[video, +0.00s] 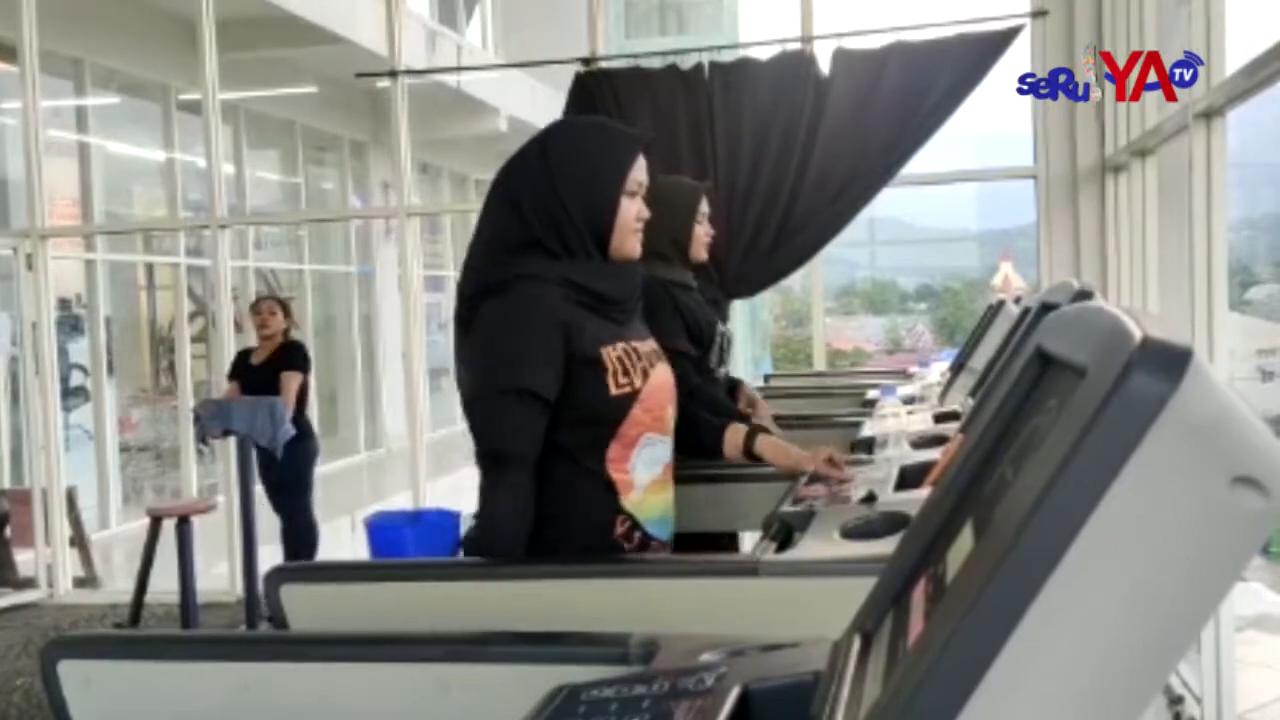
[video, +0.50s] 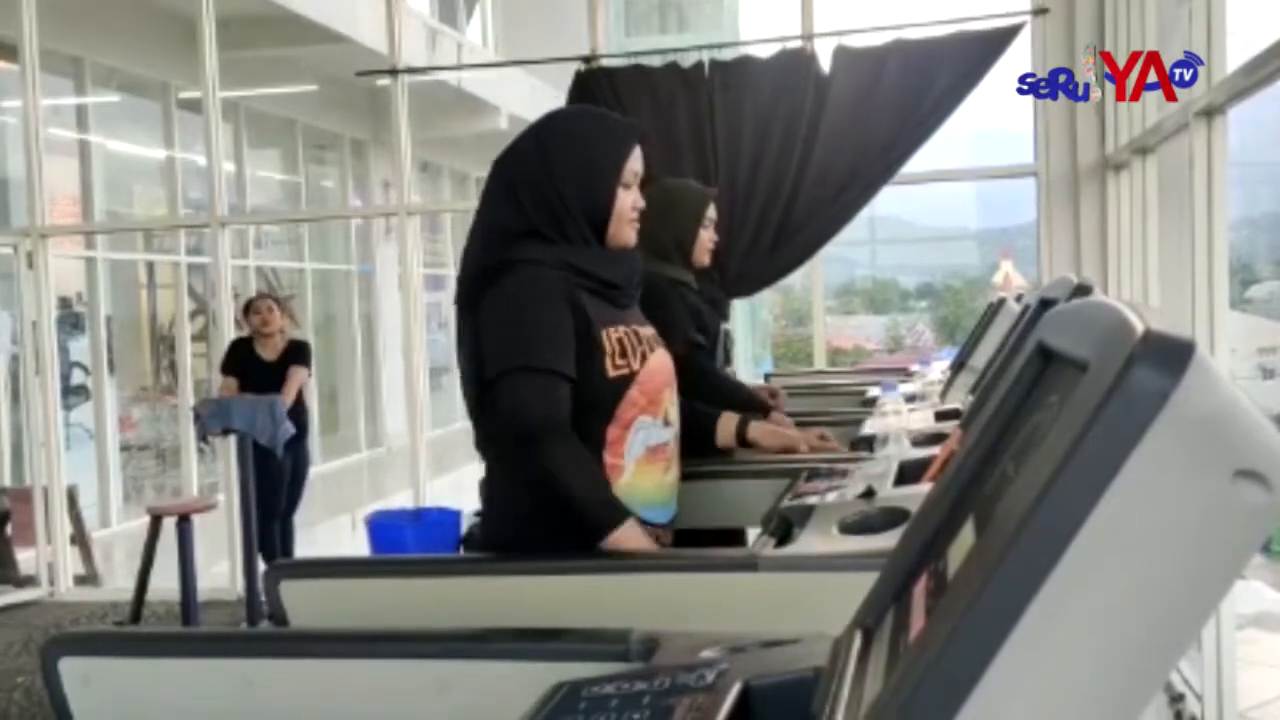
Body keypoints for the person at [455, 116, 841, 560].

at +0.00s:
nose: (645, 211)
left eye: (643, 195)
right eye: (632, 194)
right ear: (583, 195)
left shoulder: (610, 297)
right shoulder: (526, 307)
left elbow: (668, 411)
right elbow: (507, 473)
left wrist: (784, 455)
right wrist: (486, 600)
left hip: (633, 558)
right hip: (564, 571)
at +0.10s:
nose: (640, 202)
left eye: (638, 186)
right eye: (627, 185)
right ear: (577, 184)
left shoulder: (600, 284)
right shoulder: (528, 291)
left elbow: (654, 404)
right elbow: (535, 455)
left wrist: (769, 452)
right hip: (543, 566)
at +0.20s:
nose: (638, 203)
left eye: (635, 186)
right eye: (624, 185)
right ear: (574, 185)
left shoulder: (594, 286)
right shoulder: (529, 289)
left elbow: (645, 404)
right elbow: (564, 435)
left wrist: (760, 444)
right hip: (533, 567)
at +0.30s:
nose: (635, 211)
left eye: (633, 194)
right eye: (620, 194)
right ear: (571, 194)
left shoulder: (595, 295)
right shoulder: (530, 297)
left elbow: (649, 410)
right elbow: (583, 432)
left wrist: (763, 440)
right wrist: (715, 502)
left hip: (597, 558)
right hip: (533, 572)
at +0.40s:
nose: (634, 217)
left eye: (632, 199)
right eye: (621, 198)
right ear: (571, 197)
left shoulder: (586, 295)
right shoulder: (528, 301)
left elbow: (628, 417)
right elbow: (568, 441)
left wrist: (746, 435)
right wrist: (695, 507)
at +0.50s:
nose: (641, 203)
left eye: (639, 186)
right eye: (626, 185)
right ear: (577, 185)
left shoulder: (603, 282)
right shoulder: (530, 287)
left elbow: (640, 406)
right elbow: (536, 439)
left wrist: (746, 431)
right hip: (561, 564)